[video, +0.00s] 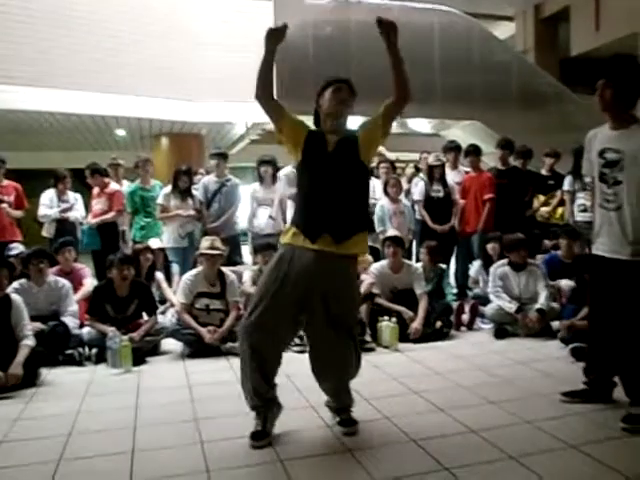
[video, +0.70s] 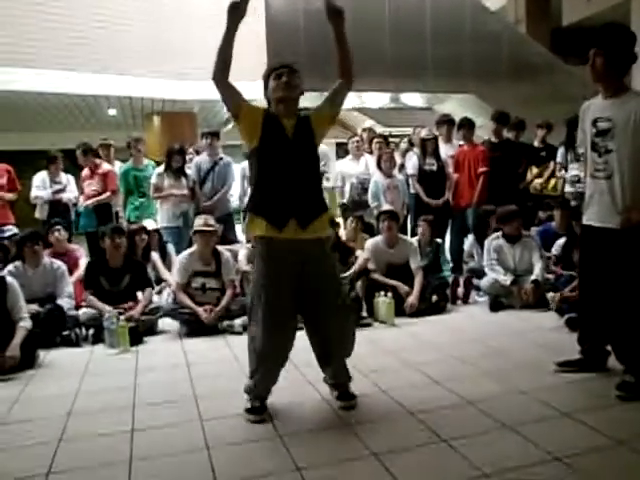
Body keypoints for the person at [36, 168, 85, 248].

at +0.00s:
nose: (66, 186)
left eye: (68, 183)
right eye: (63, 183)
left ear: (70, 183)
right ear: (56, 184)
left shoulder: (76, 197)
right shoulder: (47, 195)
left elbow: (81, 215)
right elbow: (41, 215)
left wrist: (68, 216)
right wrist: (59, 212)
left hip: (71, 228)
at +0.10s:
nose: (61, 186)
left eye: (62, 183)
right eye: (57, 183)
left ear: (65, 183)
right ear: (51, 184)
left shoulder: (71, 197)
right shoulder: (42, 196)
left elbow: (76, 215)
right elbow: (36, 215)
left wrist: (62, 216)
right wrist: (54, 213)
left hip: (66, 229)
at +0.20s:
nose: (56, 187)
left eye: (58, 184)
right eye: (53, 185)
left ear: (60, 184)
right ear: (47, 185)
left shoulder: (67, 195)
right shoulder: (38, 194)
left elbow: (71, 215)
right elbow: (32, 216)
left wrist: (59, 218)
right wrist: (48, 215)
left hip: (62, 229)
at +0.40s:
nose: (54, 168)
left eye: (56, 165)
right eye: (51, 165)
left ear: (58, 165)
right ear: (45, 166)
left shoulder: (65, 177)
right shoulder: (36, 176)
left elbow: (70, 196)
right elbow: (30, 197)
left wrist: (58, 198)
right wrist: (47, 196)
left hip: (61, 209)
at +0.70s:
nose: (57, 167)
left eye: (59, 164)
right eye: (54, 164)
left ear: (62, 165)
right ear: (49, 165)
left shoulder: (68, 178)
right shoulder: (40, 177)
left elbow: (74, 196)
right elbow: (34, 197)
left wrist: (61, 197)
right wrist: (51, 194)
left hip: (64, 209)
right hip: (48, 209)